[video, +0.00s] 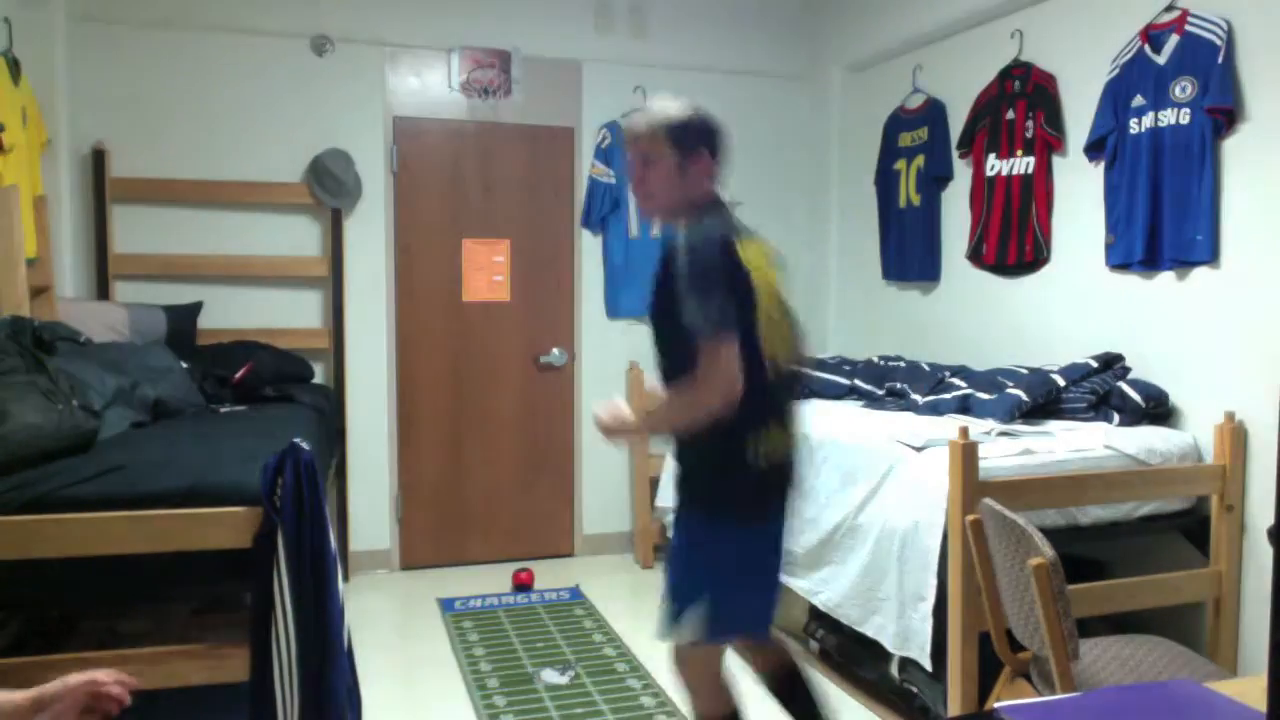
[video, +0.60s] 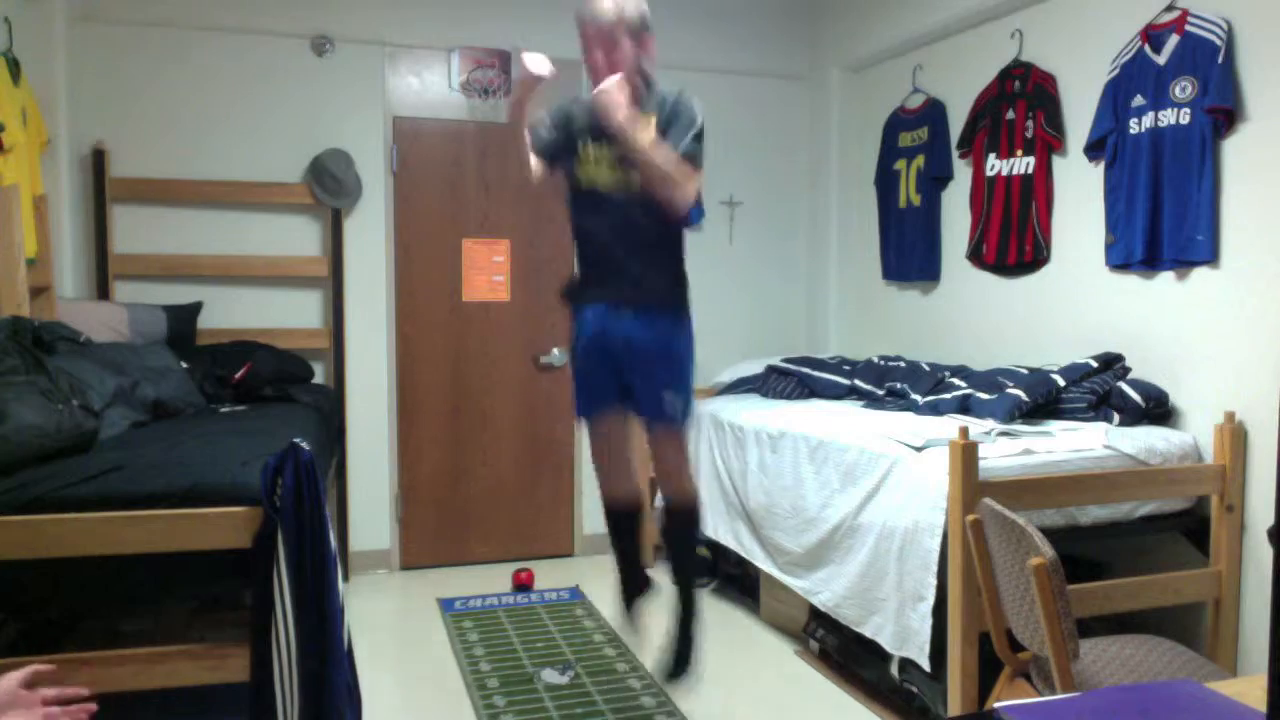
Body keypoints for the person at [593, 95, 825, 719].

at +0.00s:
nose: (635, 180)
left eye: (648, 163)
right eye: (633, 164)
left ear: (698, 164)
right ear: (691, 168)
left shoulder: (698, 245)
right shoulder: (728, 235)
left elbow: (720, 384)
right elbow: (777, 361)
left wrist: (639, 419)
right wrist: (669, 407)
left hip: (721, 478)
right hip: (759, 469)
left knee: (695, 656)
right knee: (749, 631)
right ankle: (815, 714)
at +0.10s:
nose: (625, 166)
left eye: (639, 149)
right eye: (618, 151)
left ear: (685, 148)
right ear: (614, 153)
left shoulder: (692, 221)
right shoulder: (690, 216)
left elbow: (730, 354)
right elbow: (748, 332)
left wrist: (643, 402)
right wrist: (661, 389)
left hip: (718, 464)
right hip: (725, 457)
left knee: (699, 642)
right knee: (728, 623)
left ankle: (733, 717)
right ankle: (784, 708)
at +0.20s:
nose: (602, 185)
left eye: (619, 170)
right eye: (597, 169)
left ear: (658, 174)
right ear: (590, 170)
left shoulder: (675, 249)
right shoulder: (638, 247)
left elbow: (764, 340)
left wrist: (688, 409)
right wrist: (644, 402)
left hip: (719, 474)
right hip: (675, 467)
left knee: (684, 655)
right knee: (646, 597)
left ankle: (730, 718)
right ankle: (694, 695)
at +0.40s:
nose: (617, 188)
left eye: (629, 174)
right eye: (608, 175)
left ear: (653, 180)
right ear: (597, 184)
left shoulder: (685, 259)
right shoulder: (603, 267)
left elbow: (669, 350)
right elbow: (554, 346)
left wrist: (627, 258)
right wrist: (536, 251)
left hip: (686, 438)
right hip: (632, 439)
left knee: (694, 581)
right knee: (621, 572)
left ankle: (730, 709)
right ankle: (638, 696)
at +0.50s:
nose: (610, 125)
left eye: (623, 112)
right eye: (601, 111)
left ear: (653, 115)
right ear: (590, 116)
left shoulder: (677, 187)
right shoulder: (585, 191)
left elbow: (671, 284)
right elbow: (562, 270)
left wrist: (626, 192)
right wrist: (543, 192)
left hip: (674, 378)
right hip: (614, 377)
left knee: (690, 529)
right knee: (625, 526)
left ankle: (722, 694)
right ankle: (632, 664)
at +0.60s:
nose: (597, 56)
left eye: (608, 42)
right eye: (589, 43)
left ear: (643, 43)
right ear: (581, 48)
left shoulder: (673, 111)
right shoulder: (575, 115)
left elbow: (684, 196)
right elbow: (521, 169)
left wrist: (627, 124)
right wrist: (521, 100)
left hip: (660, 311)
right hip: (595, 308)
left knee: (670, 464)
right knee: (611, 464)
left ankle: (686, 615)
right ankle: (633, 594)